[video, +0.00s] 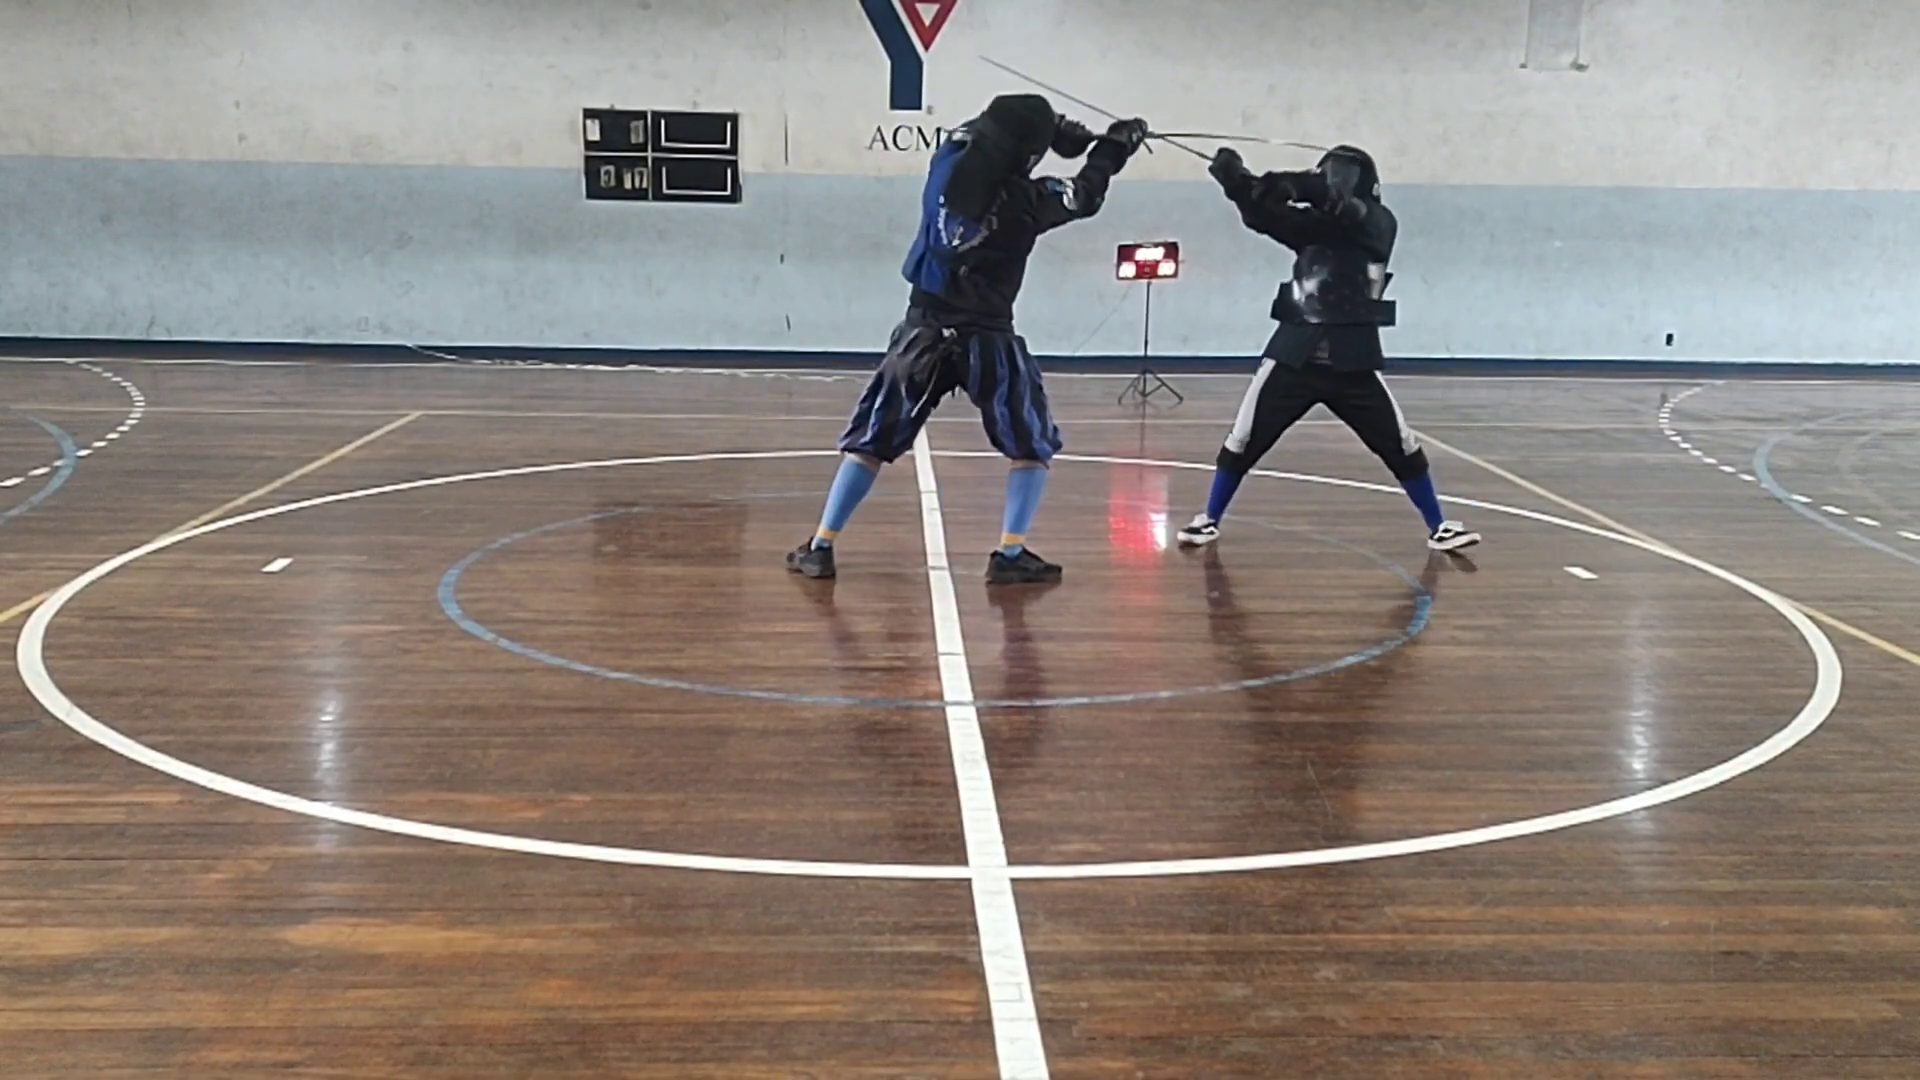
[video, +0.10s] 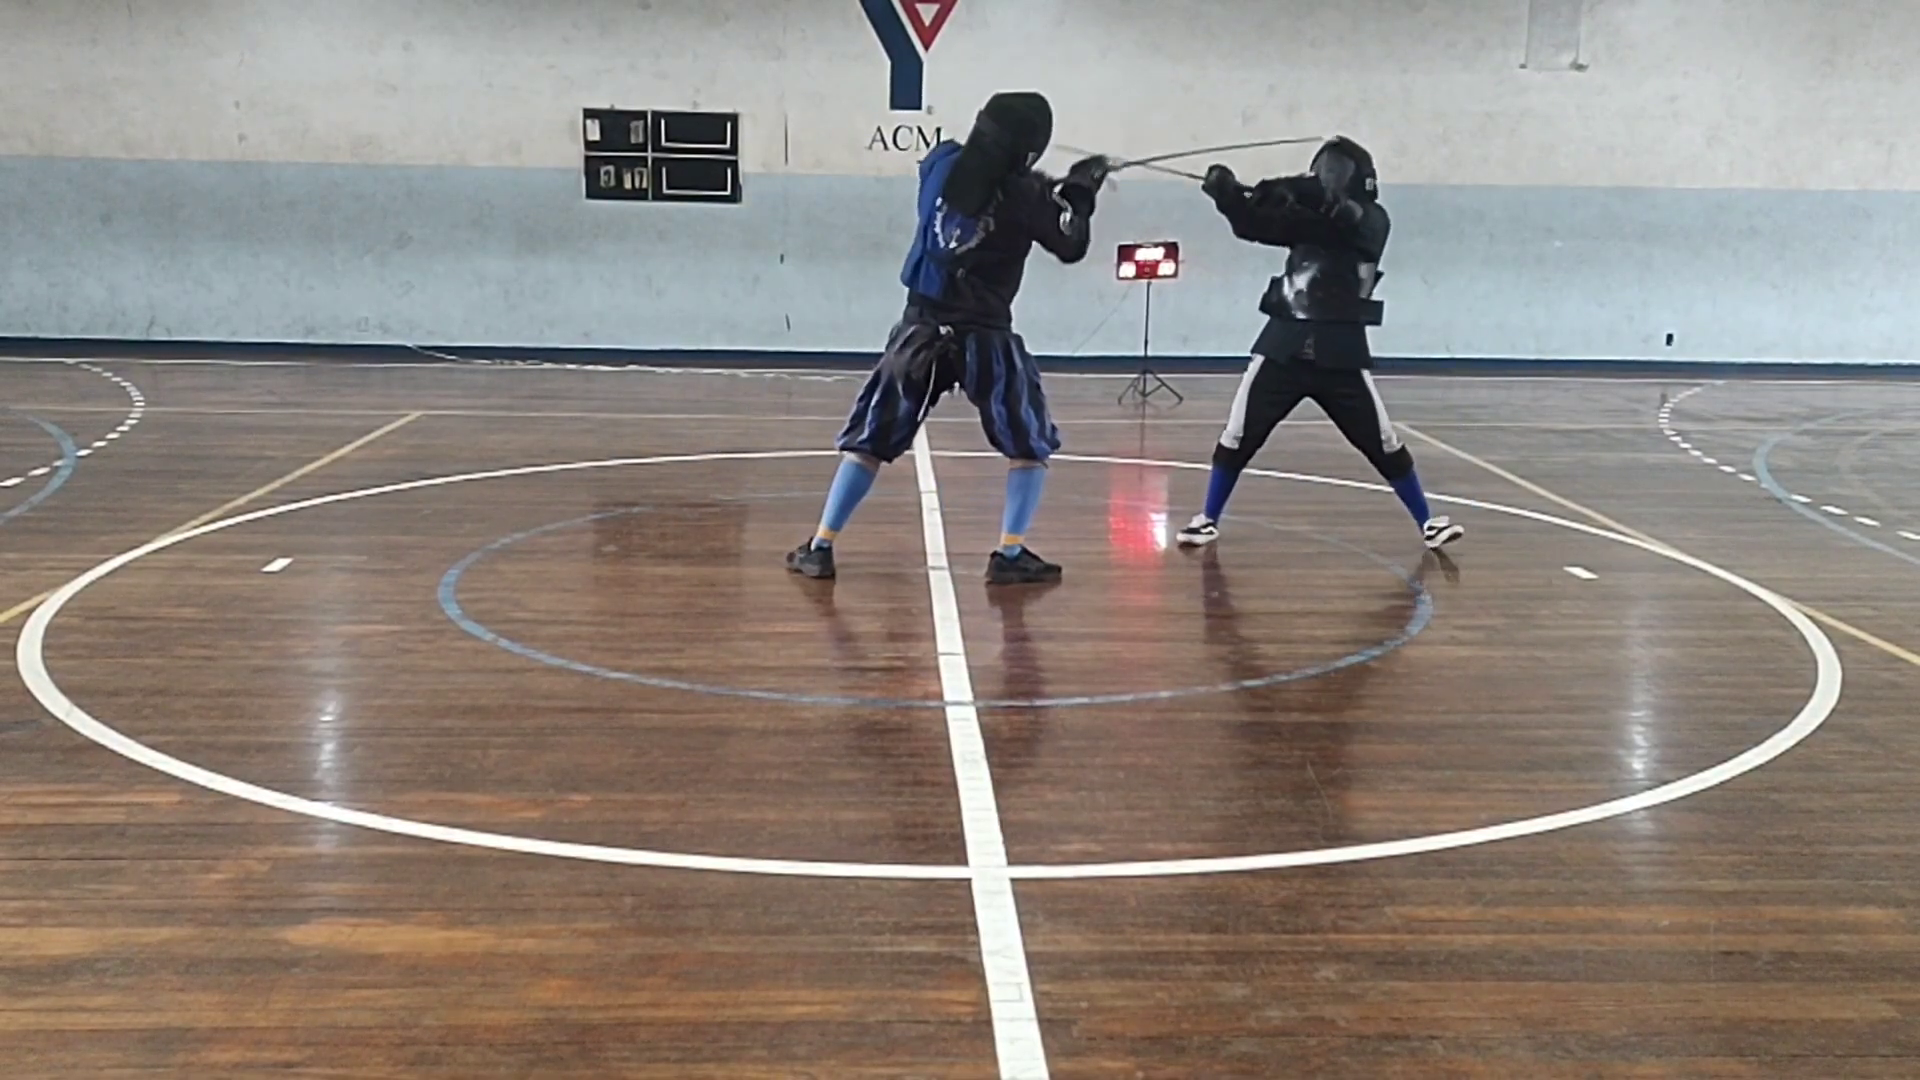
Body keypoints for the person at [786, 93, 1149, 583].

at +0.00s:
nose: (1041, 155)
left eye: (1042, 145)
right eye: (1038, 146)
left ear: (989, 129)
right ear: (1027, 149)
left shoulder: (946, 160)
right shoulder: (1027, 199)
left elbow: (1000, 122)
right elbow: (1084, 196)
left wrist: (1070, 136)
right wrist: (1114, 145)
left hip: (922, 328)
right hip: (989, 337)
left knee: (874, 434)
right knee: (1032, 441)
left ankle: (820, 546)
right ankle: (1010, 553)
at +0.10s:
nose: (1039, 148)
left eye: (1038, 141)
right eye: (1038, 141)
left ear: (983, 126)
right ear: (1028, 144)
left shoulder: (940, 162)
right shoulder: (1026, 194)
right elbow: (1072, 244)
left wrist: (1032, 184)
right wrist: (1081, 195)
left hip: (919, 330)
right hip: (985, 337)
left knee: (873, 434)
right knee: (1030, 441)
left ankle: (820, 545)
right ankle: (1011, 550)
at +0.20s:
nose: (1033, 159)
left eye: (1034, 148)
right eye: (1034, 149)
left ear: (977, 129)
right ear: (1026, 151)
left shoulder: (927, 170)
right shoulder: (1026, 208)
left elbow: (900, 239)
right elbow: (1040, 288)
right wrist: (1038, 236)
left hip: (918, 332)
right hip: (987, 339)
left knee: (873, 434)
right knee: (1031, 440)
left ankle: (819, 546)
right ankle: (1011, 551)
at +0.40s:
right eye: (999, 148)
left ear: (941, 136)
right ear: (995, 151)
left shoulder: (893, 195)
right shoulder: (1008, 220)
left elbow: (869, 273)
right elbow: (1006, 307)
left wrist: (882, 326)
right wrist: (957, 317)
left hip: (899, 338)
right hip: (972, 344)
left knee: (851, 432)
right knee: (1024, 440)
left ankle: (807, 539)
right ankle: (1011, 551)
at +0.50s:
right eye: (968, 145)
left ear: (910, 142)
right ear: (965, 150)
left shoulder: (866, 199)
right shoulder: (981, 215)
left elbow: (846, 279)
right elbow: (987, 304)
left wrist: (864, 327)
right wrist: (940, 312)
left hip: (880, 343)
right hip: (951, 346)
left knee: (841, 436)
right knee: (1008, 444)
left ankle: (787, 527)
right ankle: (1010, 549)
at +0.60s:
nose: (934, 146)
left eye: (931, 137)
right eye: (932, 138)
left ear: (870, 138)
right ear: (925, 144)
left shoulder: (830, 199)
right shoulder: (941, 207)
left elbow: (815, 282)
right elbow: (955, 300)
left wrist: (845, 320)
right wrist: (906, 303)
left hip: (850, 340)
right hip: (918, 341)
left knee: (835, 442)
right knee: (983, 437)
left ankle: (782, 534)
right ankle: (1009, 549)